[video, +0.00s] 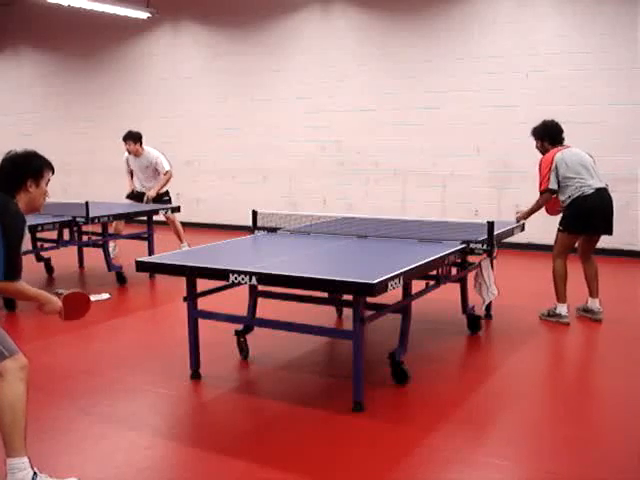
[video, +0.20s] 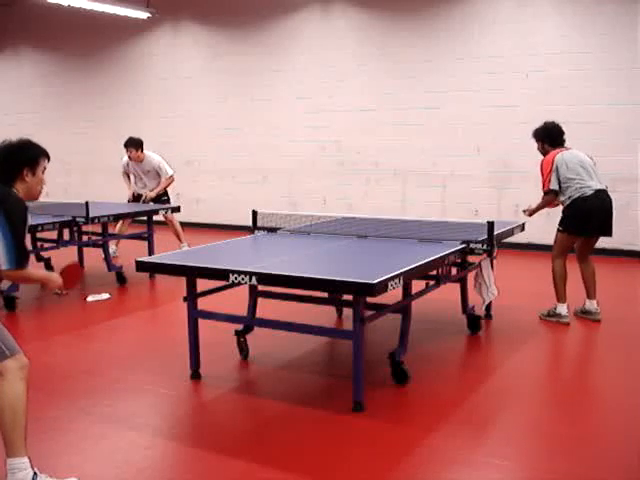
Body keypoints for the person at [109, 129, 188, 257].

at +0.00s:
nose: (126, 148)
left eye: (128, 144)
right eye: (125, 145)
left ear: (137, 144)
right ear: (128, 145)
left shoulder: (154, 156)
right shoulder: (128, 157)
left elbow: (168, 174)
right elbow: (129, 171)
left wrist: (155, 190)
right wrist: (131, 185)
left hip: (159, 193)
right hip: (139, 192)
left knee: (170, 217)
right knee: (119, 216)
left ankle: (184, 244)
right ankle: (113, 245)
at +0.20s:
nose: (128, 155)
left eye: (131, 151)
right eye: (127, 152)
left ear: (139, 151)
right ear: (126, 151)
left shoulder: (154, 160)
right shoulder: (127, 162)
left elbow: (170, 177)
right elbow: (125, 174)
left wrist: (154, 192)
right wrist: (130, 188)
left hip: (158, 192)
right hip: (138, 192)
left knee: (169, 217)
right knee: (125, 218)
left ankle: (183, 244)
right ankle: (114, 245)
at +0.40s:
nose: (124, 161)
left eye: (127, 158)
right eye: (124, 158)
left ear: (135, 157)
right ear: (122, 157)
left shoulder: (149, 164)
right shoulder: (121, 166)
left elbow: (162, 181)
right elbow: (115, 182)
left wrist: (143, 192)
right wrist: (122, 193)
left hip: (151, 192)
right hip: (132, 193)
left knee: (164, 216)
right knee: (119, 218)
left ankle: (183, 243)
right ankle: (113, 246)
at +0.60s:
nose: (121, 163)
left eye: (124, 160)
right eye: (120, 159)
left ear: (132, 158)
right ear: (119, 159)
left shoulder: (146, 165)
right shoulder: (117, 167)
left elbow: (156, 185)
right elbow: (112, 182)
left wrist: (136, 194)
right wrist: (118, 195)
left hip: (149, 195)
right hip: (130, 194)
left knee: (162, 216)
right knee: (117, 218)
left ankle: (182, 243)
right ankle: (113, 247)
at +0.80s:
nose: (121, 162)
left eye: (124, 159)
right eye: (120, 159)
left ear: (132, 158)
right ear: (118, 158)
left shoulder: (146, 165)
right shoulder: (117, 167)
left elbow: (154, 187)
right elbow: (113, 182)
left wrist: (133, 193)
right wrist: (117, 195)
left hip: (149, 193)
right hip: (130, 194)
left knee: (162, 216)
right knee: (117, 217)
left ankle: (182, 243)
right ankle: (113, 246)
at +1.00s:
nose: (123, 159)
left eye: (126, 156)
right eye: (122, 156)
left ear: (134, 155)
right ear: (121, 156)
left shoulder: (149, 163)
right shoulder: (120, 165)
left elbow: (158, 183)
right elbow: (116, 182)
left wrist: (138, 190)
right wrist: (122, 193)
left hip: (153, 193)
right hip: (134, 194)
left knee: (165, 216)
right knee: (120, 218)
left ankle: (183, 243)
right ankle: (113, 246)